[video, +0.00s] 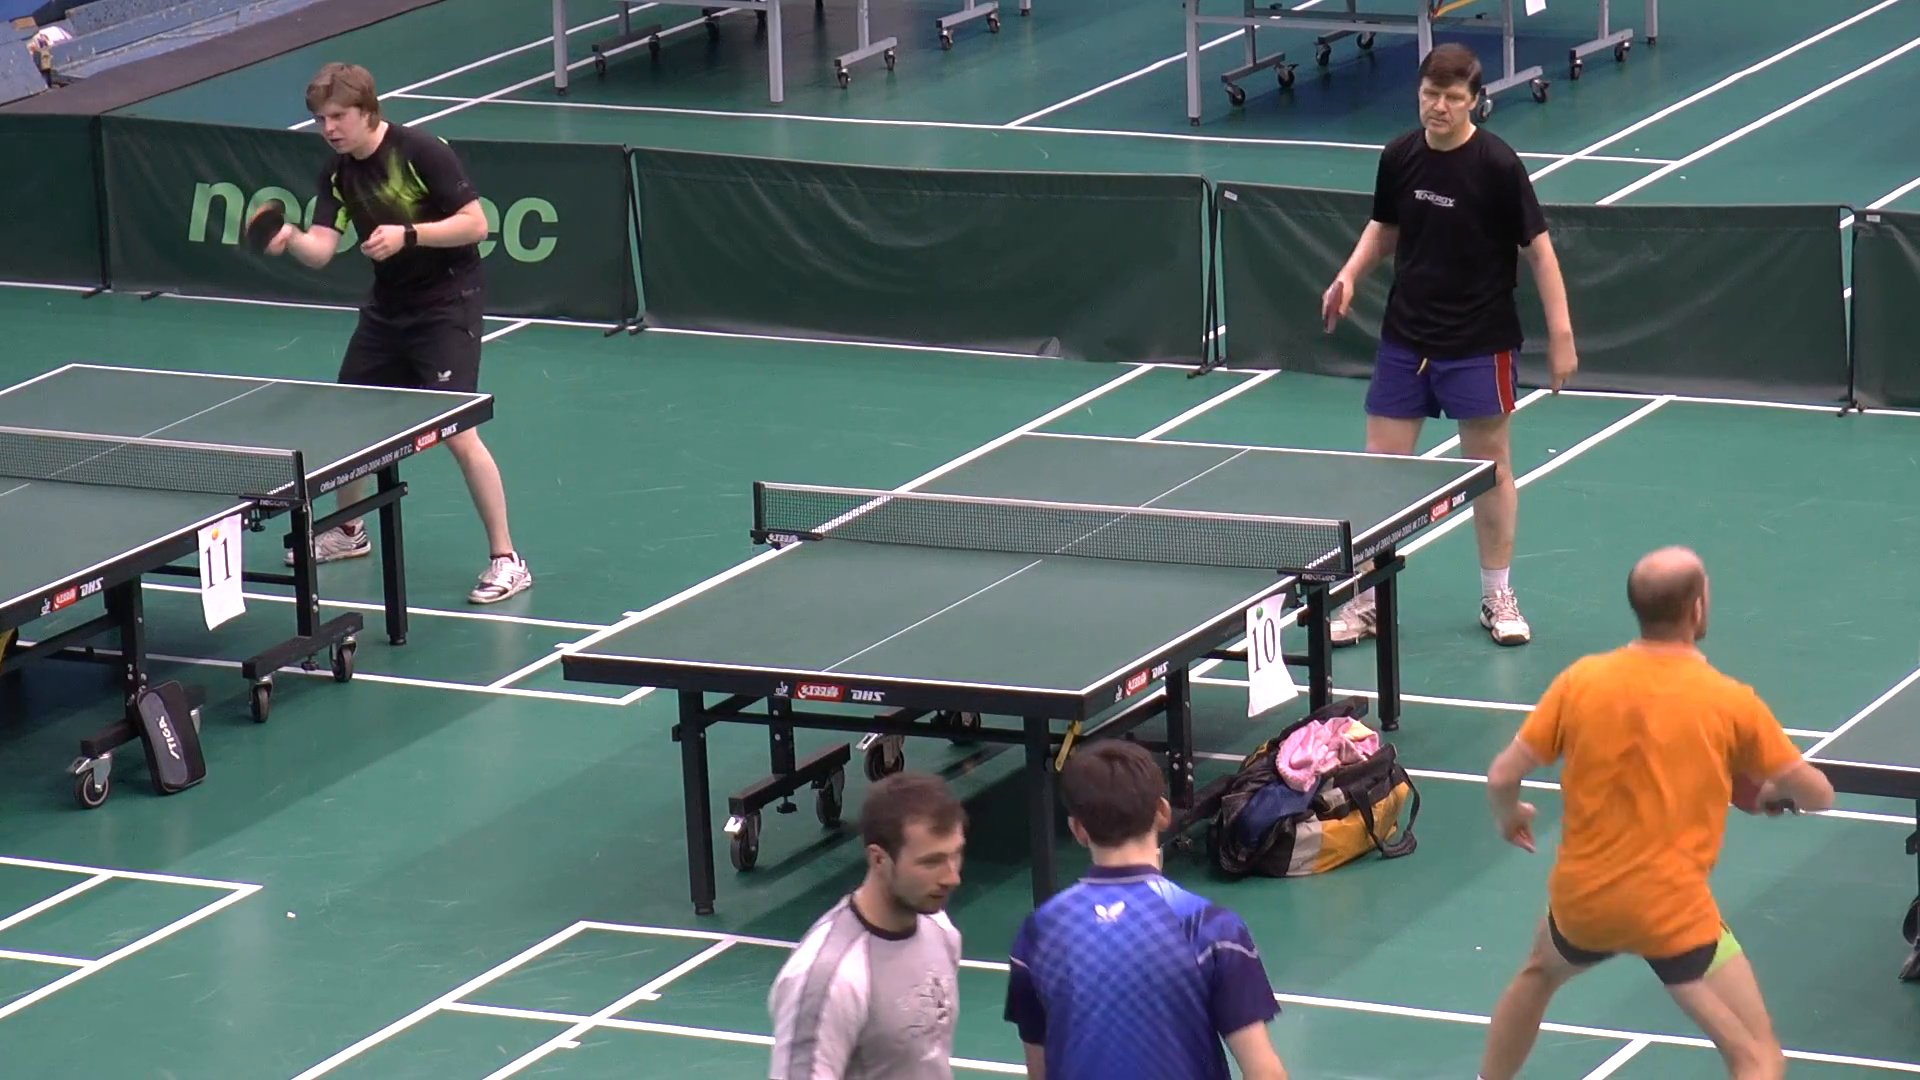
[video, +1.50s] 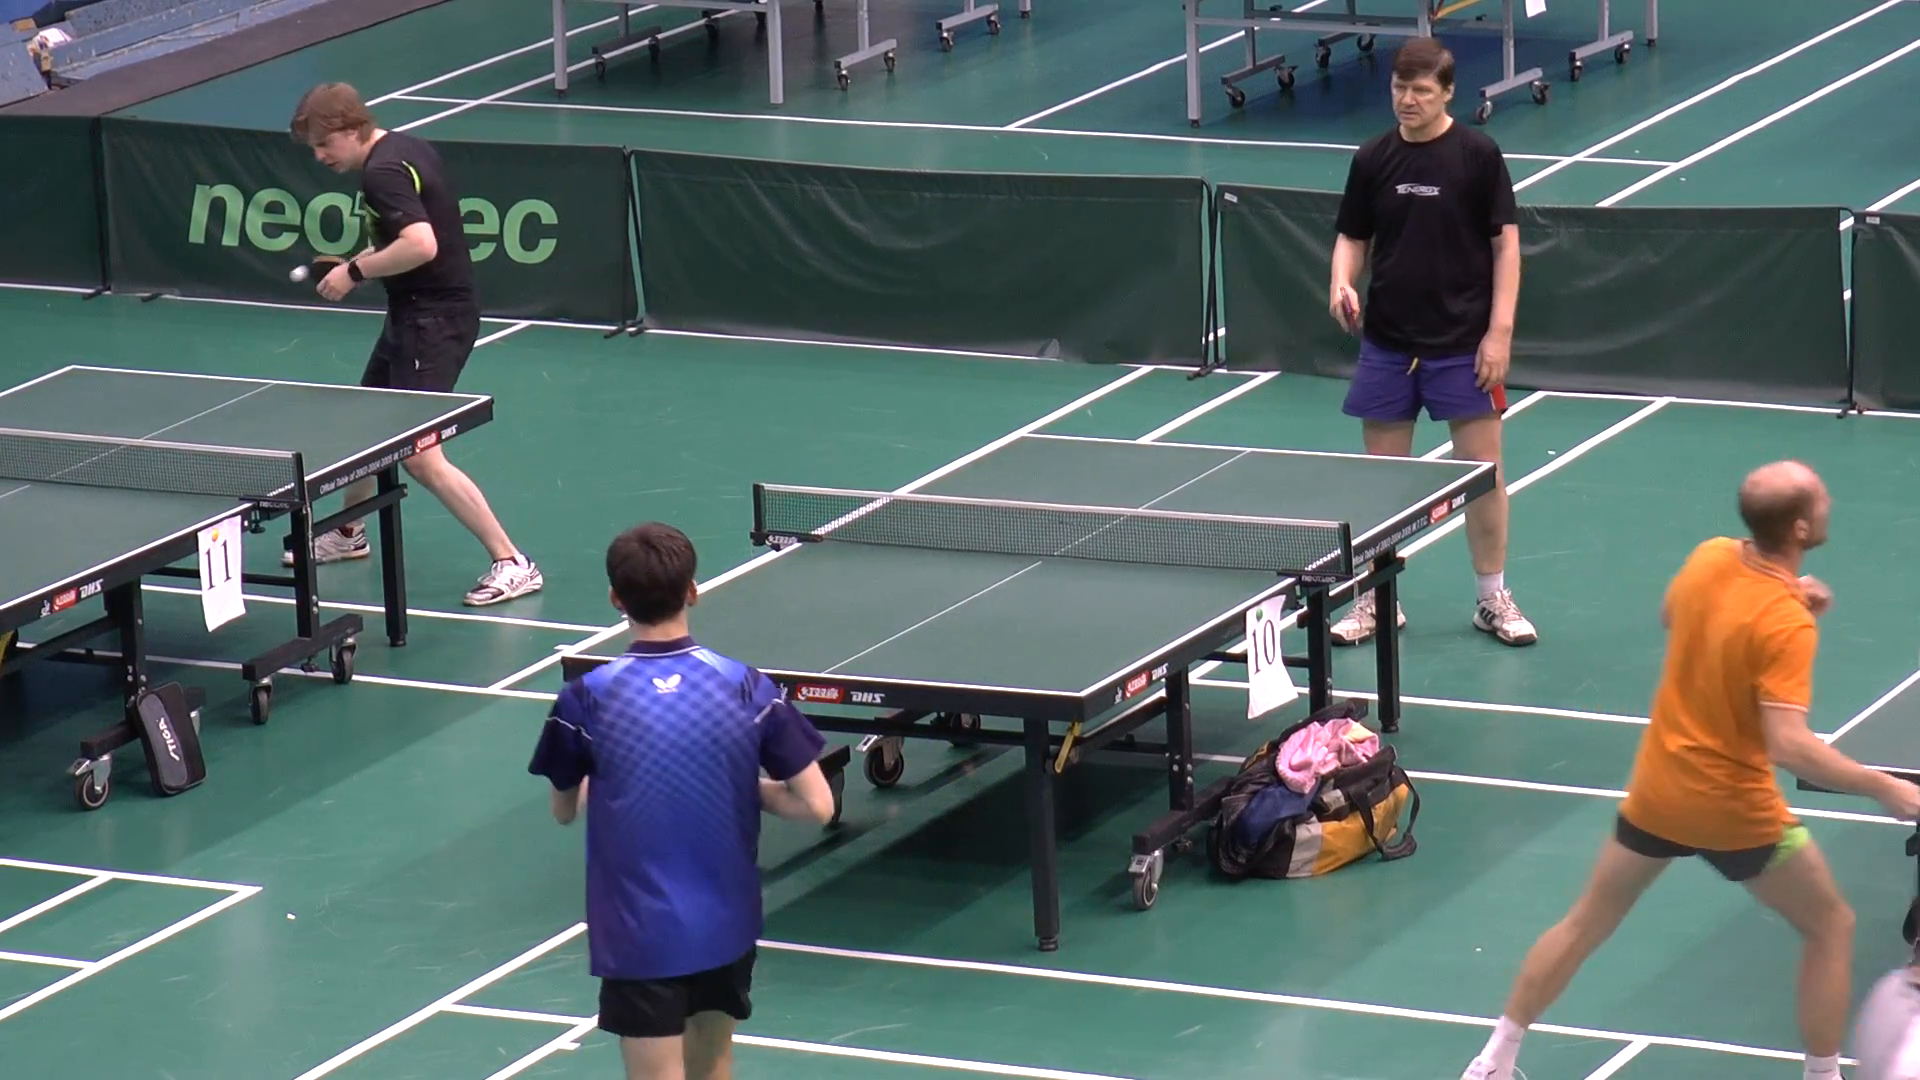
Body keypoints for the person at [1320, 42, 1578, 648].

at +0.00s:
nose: (1438, 107)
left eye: (1451, 98)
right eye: (1431, 95)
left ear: (1474, 100)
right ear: (1419, 94)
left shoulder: (1500, 165)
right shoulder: (1399, 157)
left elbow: (1540, 249)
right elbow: (1382, 227)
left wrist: (1561, 334)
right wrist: (1349, 273)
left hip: (1480, 343)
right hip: (1405, 338)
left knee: (1490, 470)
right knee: (1381, 468)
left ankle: (1498, 593)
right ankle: (1368, 595)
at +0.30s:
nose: (1399, 98)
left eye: (1411, 89)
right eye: (1395, 87)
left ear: (1444, 92)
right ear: (1391, 88)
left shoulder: (1481, 154)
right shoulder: (1375, 157)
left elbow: (1516, 239)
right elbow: (1350, 228)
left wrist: (1537, 324)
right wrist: (1331, 267)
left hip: (1463, 340)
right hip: (1387, 340)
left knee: (1482, 469)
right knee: (1380, 474)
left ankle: (1497, 594)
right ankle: (1375, 596)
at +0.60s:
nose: (1356, 101)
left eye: (1368, 92)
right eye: (1352, 91)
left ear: (1404, 92)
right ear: (1351, 91)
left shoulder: (1451, 150)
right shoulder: (1343, 160)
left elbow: (1483, 237)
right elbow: (1329, 240)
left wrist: (1484, 322)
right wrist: (1325, 284)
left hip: (1443, 339)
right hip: (1367, 341)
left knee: (1471, 467)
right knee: (1371, 476)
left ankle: (1495, 593)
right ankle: (1375, 597)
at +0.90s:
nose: (1355, 101)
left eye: (1366, 91)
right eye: (1347, 91)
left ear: (1393, 89)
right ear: (1337, 93)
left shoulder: (1434, 148)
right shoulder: (1328, 165)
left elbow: (1473, 234)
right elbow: (1314, 244)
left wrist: (1494, 317)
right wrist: (1307, 290)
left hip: (1435, 338)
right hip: (1358, 343)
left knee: (1466, 469)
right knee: (1367, 478)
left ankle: (1492, 597)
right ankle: (1374, 598)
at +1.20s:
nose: (1366, 100)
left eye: (1378, 90)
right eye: (1358, 90)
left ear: (1404, 91)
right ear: (1348, 91)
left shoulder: (1442, 151)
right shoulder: (1334, 163)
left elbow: (1475, 239)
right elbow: (1320, 242)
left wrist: (1480, 324)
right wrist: (1313, 288)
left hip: (1438, 342)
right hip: (1361, 345)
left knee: (1469, 474)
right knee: (1368, 479)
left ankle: (1491, 595)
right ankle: (1374, 599)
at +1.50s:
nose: (1407, 99)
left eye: (1420, 90)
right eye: (1400, 88)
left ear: (1446, 92)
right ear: (1391, 89)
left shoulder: (1480, 155)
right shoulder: (1372, 160)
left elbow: (1508, 246)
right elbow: (1350, 235)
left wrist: (1500, 333)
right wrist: (1342, 282)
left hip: (1464, 345)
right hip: (1386, 345)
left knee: (1485, 475)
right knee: (1381, 479)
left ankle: (1493, 596)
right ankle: (1375, 599)